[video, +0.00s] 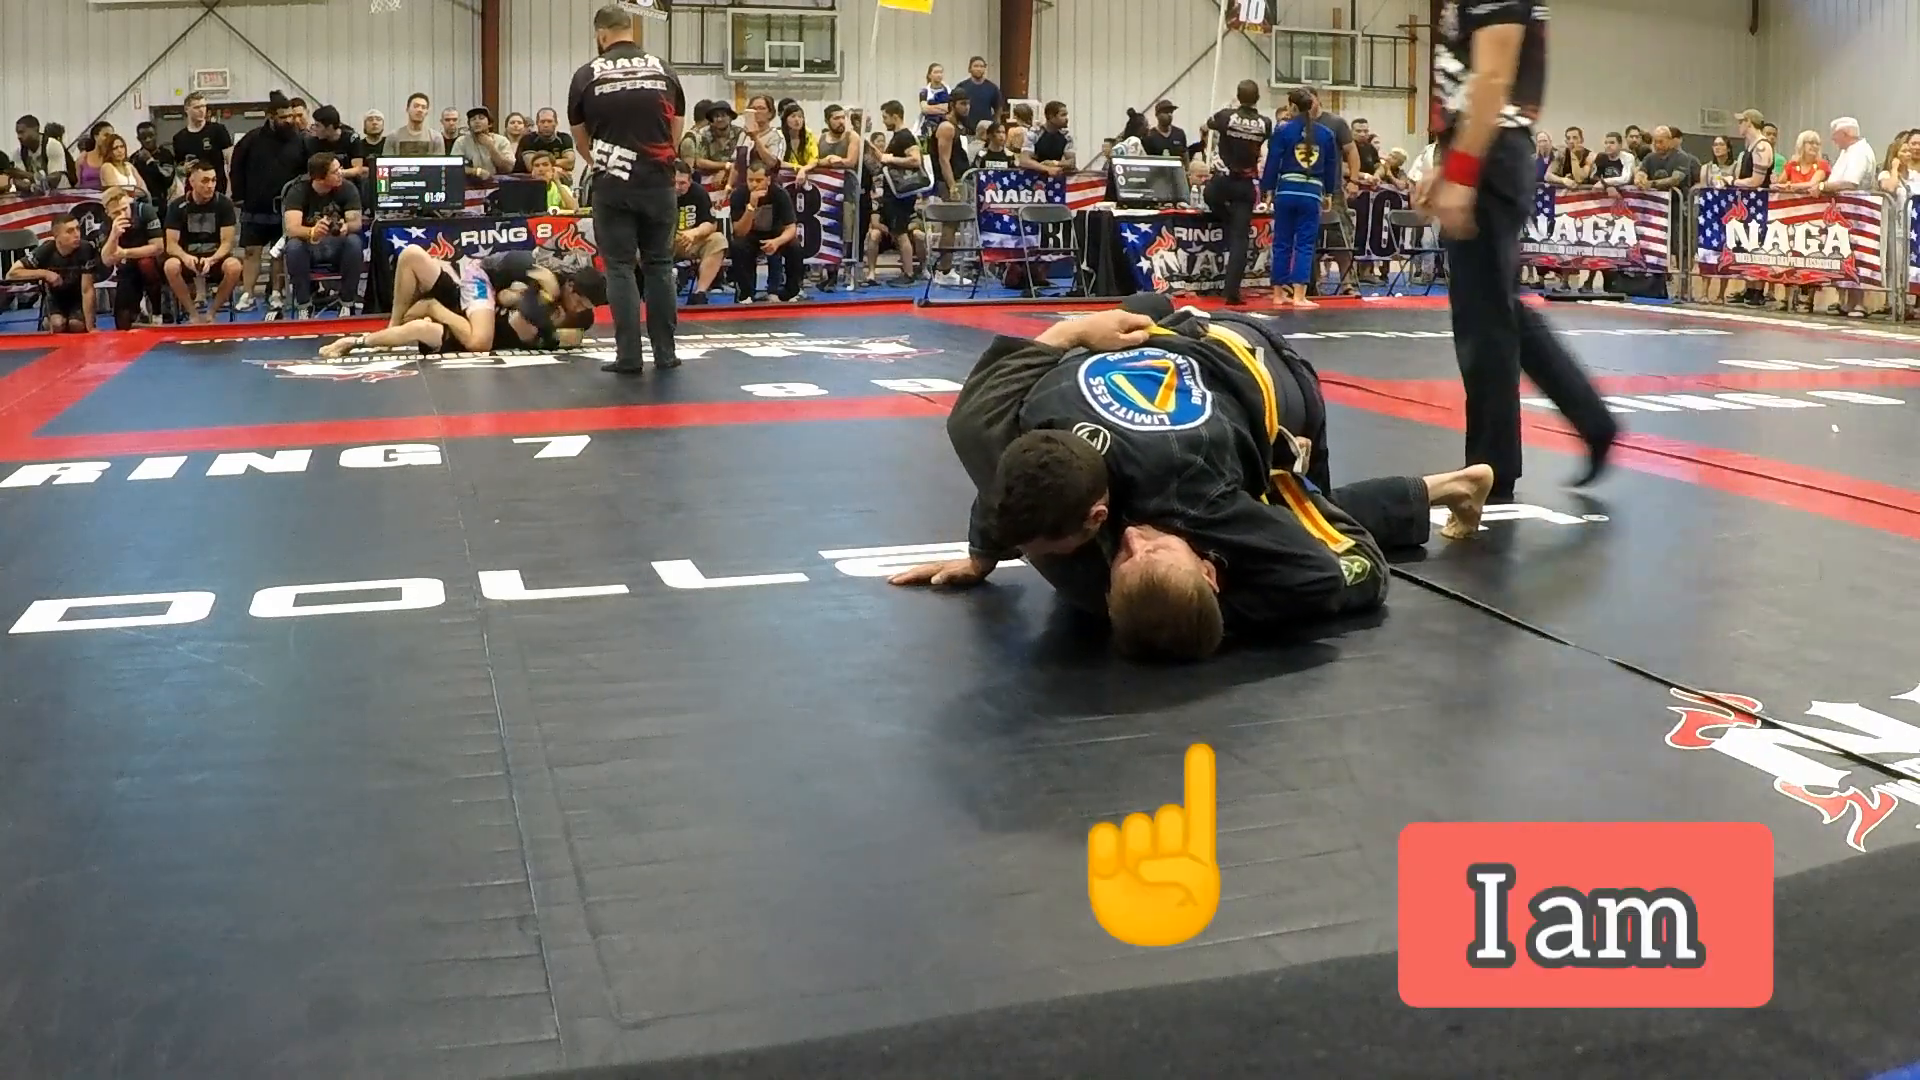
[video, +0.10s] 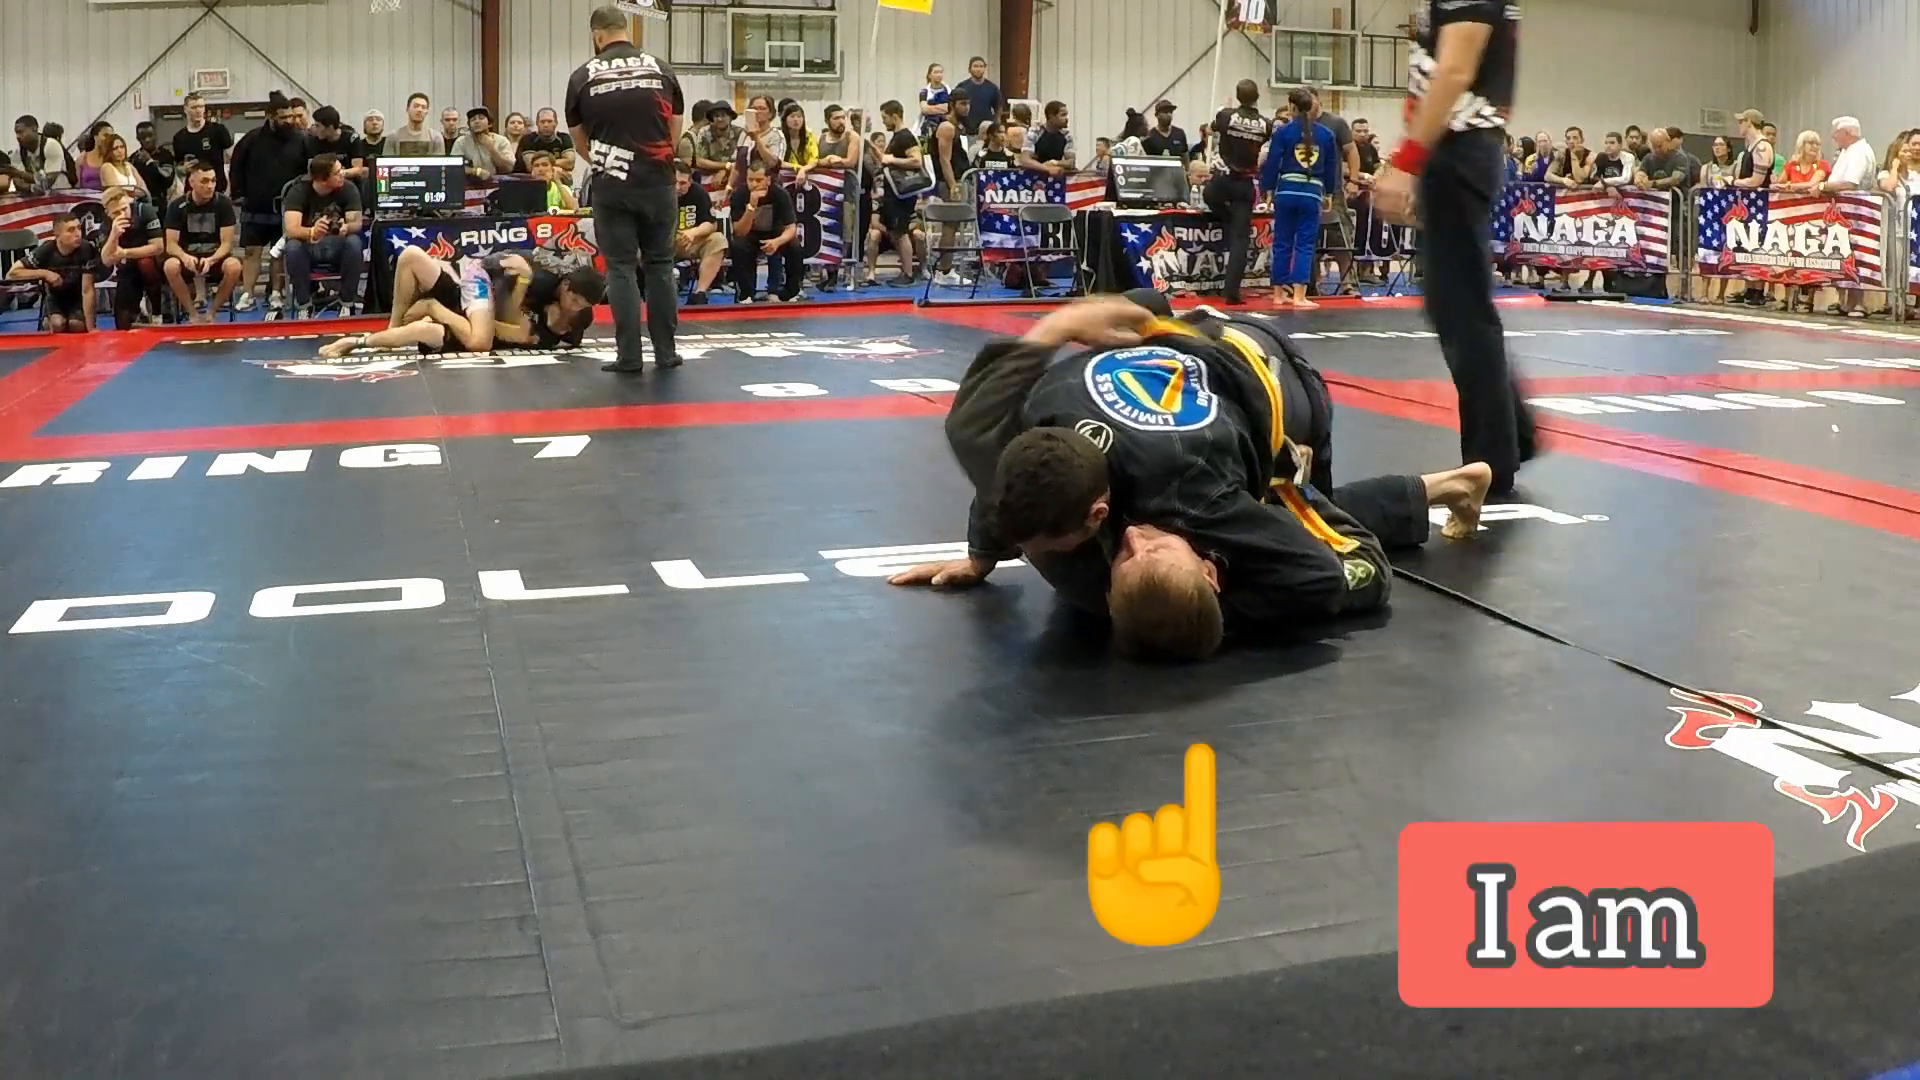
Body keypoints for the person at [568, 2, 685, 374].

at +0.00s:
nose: (598, 41)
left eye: (597, 37)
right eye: (600, 37)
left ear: (601, 34)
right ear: (632, 31)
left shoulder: (585, 76)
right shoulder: (662, 68)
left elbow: (582, 142)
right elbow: (676, 126)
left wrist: (605, 169)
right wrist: (663, 161)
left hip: (612, 187)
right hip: (659, 185)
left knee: (619, 268)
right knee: (660, 264)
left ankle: (629, 357)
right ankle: (665, 353)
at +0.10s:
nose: (594, 42)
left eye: (593, 37)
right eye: (596, 38)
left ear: (597, 35)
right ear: (629, 31)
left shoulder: (581, 77)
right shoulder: (661, 68)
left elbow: (582, 146)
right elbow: (674, 129)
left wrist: (612, 167)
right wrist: (658, 162)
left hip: (610, 185)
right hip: (658, 182)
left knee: (620, 270)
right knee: (660, 263)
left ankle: (629, 358)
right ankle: (666, 352)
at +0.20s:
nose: (592, 42)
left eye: (591, 38)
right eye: (593, 38)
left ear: (595, 35)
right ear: (627, 30)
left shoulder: (581, 76)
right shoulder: (660, 67)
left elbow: (582, 146)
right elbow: (674, 130)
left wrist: (615, 162)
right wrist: (656, 159)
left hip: (610, 185)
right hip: (657, 181)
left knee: (620, 268)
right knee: (661, 262)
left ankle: (629, 358)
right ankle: (670, 352)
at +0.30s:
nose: (594, 41)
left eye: (592, 37)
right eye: (597, 37)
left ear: (596, 35)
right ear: (629, 30)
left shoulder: (581, 76)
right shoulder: (661, 68)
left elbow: (581, 143)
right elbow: (675, 132)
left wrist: (611, 164)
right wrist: (657, 161)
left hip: (610, 186)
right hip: (658, 182)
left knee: (622, 269)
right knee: (665, 262)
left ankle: (630, 358)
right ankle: (678, 351)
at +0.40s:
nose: (598, 40)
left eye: (597, 36)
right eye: (602, 35)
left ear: (599, 34)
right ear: (632, 30)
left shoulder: (583, 75)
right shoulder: (663, 68)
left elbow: (582, 144)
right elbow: (677, 137)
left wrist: (615, 161)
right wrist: (657, 164)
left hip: (611, 184)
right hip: (659, 181)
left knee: (623, 268)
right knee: (669, 262)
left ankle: (630, 358)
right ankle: (685, 351)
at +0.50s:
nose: (601, 40)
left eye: (600, 36)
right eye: (603, 36)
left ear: (603, 34)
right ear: (637, 31)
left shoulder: (588, 73)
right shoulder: (666, 68)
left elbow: (584, 140)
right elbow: (678, 133)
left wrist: (611, 165)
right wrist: (658, 162)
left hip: (612, 184)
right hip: (660, 181)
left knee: (625, 268)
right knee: (670, 263)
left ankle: (630, 357)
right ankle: (685, 353)